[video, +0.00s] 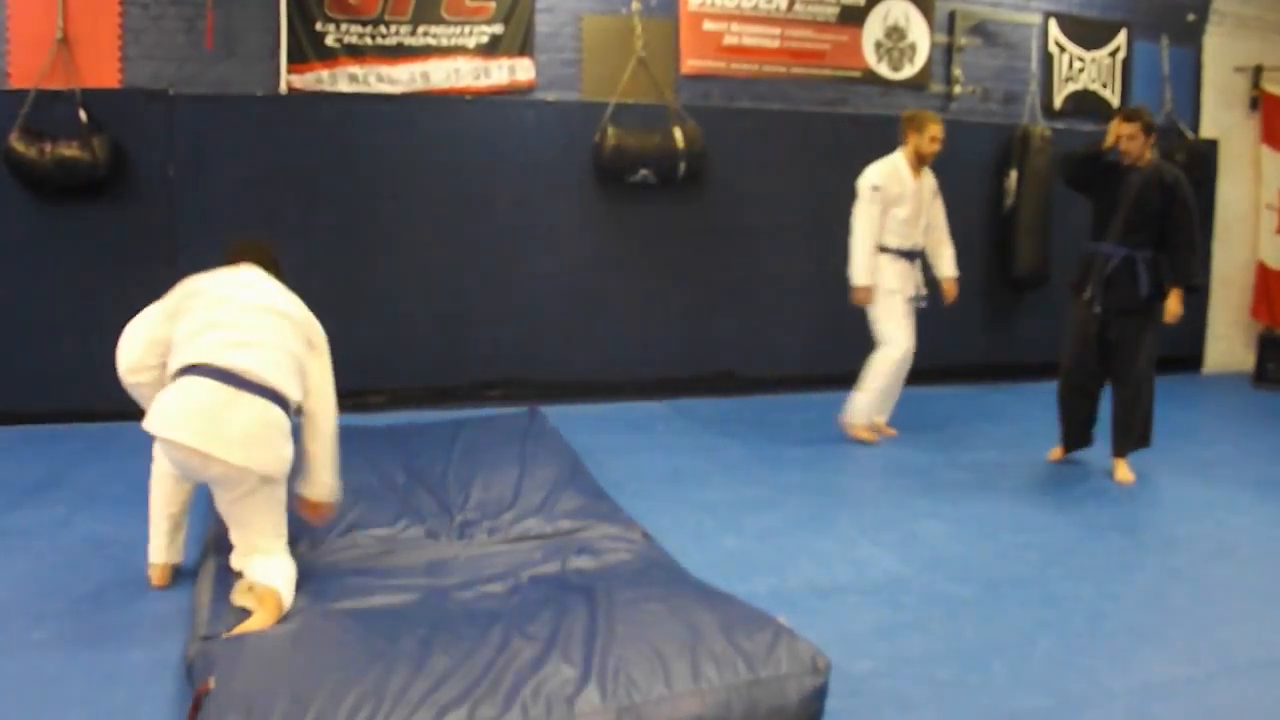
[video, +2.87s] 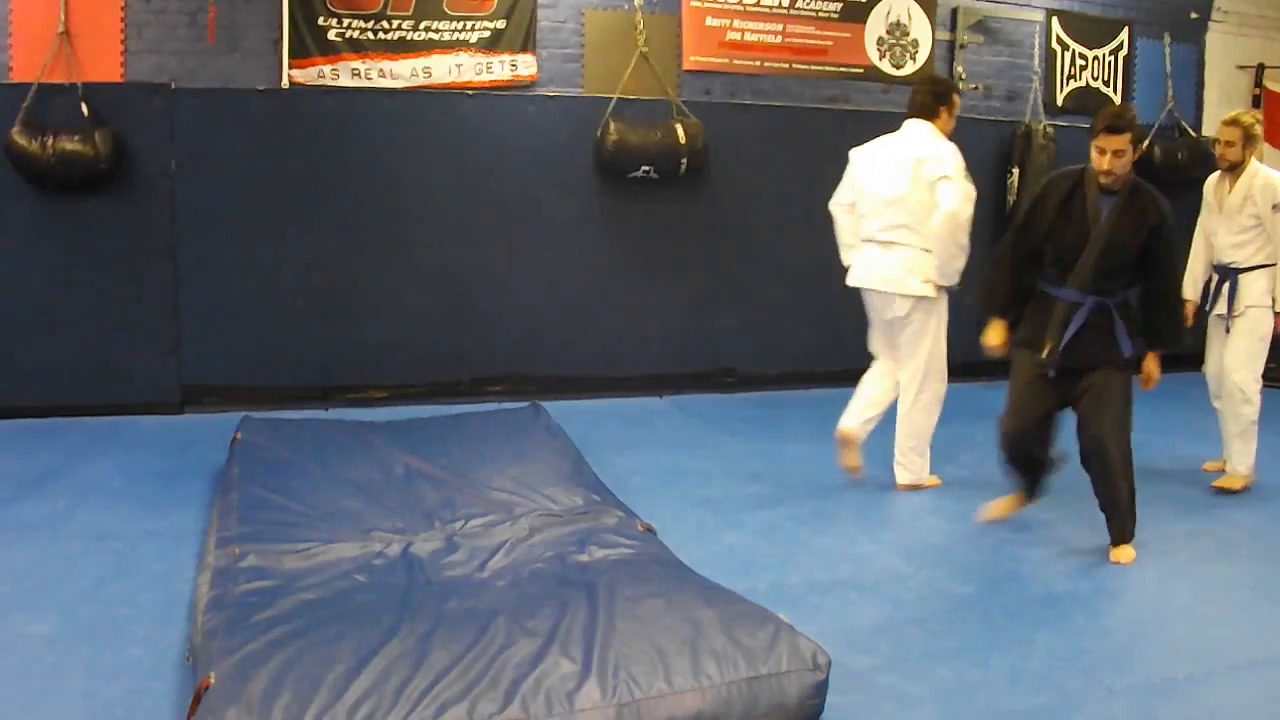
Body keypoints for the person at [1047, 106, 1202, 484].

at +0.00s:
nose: (1123, 146)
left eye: (1130, 139)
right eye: (1119, 139)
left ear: (1148, 140)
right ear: (1114, 141)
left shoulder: (1169, 181)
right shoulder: (1107, 172)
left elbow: (1181, 240)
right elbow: (1072, 174)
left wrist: (1176, 290)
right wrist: (1102, 147)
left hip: (1140, 284)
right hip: (1097, 279)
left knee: (1133, 371)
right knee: (1078, 363)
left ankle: (1121, 453)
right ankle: (1072, 439)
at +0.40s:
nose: (1102, 141)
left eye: (1110, 133)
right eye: (1097, 134)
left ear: (1128, 137)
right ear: (1091, 139)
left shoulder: (1154, 183)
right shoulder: (1085, 179)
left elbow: (1170, 244)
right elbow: (1043, 204)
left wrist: (1164, 298)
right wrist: (1061, 168)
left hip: (1132, 292)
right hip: (1085, 288)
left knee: (1128, 376)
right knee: (1074, 379)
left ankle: (1123, 458)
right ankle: (1063, 471)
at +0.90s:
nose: (1073, 127)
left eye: (1082, 118)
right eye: (1068, 120)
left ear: (1104, 122)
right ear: (1064, 128)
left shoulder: (1134, 172)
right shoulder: (1056, 177)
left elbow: (1155, 238)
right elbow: (1034, 239)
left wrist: (1146, 292)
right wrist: (1031, 206)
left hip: (1119, 292)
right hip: (1068, 291)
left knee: (1125, 389)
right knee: (1061, 386)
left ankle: (1126, 481)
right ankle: (1057, 473)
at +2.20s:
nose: (1119, 131)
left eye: (1128, 123)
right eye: (1115, 123)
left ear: (1151, 125)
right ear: (1112, 126)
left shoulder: (1178, 175)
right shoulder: (1110, 176)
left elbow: (1190, 247)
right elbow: (1090, 239)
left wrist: (1179, 308)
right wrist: (1069, 235)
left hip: (1160, 299)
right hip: (1120, 296)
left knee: (1131, 387)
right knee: (1117, 388)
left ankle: (1131, 490)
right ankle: (1118, 481)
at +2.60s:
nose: (1110, 149)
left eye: (1119, 140)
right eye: (1104, 140)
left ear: (1140, 139)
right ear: (1096, 140)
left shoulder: (1163, 190)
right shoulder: (1086, 187)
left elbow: (1186, 262)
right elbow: (1071, 250)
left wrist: (1198, 330)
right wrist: (1071, 306)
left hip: (1140, 308)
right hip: (1093, 308)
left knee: (1124, 407)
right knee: (1106, 404)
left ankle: (1120, 519)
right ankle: (1126, 486)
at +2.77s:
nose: (1111, 157)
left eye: (1121, 148)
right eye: (1105, 147)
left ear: (1142, 148)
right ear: (1096, 145)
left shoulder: (1162, 204)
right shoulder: (1070, 187)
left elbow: (1176, 277)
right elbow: (1038, 245)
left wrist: (1173, 343)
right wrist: (1031, 305)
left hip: (1122, 324)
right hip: (1066, 318)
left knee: (1110, 430)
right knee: (1051, 422)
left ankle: (1119, 534)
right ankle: (1095, 464)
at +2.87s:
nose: (1107, 164)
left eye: (1117, 154)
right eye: (1100, 152)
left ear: (1134, 153)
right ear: (1089, 149)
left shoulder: (1151, 209)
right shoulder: (1057, 189)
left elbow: (1161, 284)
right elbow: (1017, 250)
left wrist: (1153, 348)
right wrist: (1000, 315)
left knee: (1105, 439)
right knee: (1018, 426)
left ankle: (1120, 537)